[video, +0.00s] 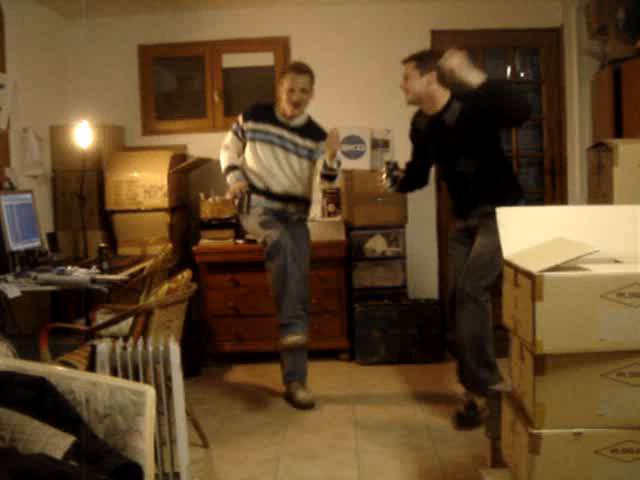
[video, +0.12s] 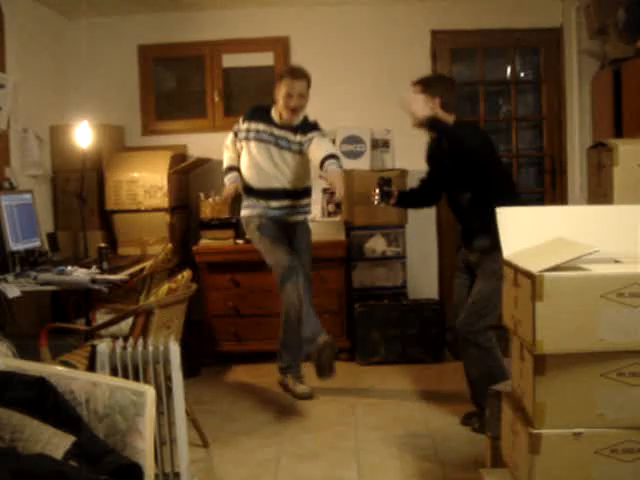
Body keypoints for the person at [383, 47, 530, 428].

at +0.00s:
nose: (403, 87)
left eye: (408, 79)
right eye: (403, 80)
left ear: (431, 78)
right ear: (422, 81)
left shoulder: (473, 105)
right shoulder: (423, 124)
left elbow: (523, 108)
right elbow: (419, 174)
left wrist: (478, 80)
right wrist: (396, 181)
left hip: (498, 215)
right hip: (463, 220)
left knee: (472, 290)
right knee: (461, 298)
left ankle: (486, 388)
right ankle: (474, 390)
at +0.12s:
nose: (409, 106)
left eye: (415, 98)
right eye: (411, 98)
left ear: (435, 101)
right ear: (432, 101)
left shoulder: (468, 135)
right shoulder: (440, 143)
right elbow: (431, 192)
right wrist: (396, 198)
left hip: (500, 244)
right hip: (472, 244)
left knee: (475, 325)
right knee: (465, 326)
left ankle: (500, 406)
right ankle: (485, 407)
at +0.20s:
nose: (413, 113)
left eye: (418, 105)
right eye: (413, 106)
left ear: (439, 107)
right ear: (439, 108)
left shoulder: (468, 139)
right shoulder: (446, 146)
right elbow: (432, 197)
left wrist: (414, 123)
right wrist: (395, 200)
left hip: (499, 250)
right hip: (473, 250)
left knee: (468, 325)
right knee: (459, 327)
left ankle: (503, 396)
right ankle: (484, 406)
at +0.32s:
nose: (409, 102)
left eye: (413, 95)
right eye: (410, 95)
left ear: (434, 96)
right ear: (436, 98)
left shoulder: (459, 124)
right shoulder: (453, 131)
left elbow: (422, 143)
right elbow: (449, 190)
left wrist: (377, 138)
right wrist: (404, 197)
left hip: (510, 226)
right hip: (499, 227)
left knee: (449, 285)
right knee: (484, 308)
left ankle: (475, 382)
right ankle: (492, 389)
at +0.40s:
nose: (405, 100)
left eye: (409, 93)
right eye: (406, 93)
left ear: (429, 91)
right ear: (431, 93)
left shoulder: (448, 118)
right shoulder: (457, 122)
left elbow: (429, 167)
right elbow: (459, 186)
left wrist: (376, 158)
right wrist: (413, 196)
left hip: (511, 211)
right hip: (520, 209)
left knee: (447, 273)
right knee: (485, 301)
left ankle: (455, 370)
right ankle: (495, 396)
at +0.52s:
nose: (413, 113)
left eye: (418, 106)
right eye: (415, 105)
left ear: (437, 109)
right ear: (440, 109)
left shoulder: (447, 148)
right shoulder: (471, 136)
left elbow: (440, 214)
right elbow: (451, 205)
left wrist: (396, 204)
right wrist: (410, 198)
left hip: (500, 232)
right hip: (524, 226)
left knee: (462, 314)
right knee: (496, 323)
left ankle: (456, 415)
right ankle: (501, 416)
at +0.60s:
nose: (417, 124)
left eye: (422, 117)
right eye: (419, 117)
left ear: (440, 120)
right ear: (445, 120)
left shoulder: (447, 160)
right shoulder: (480, 145)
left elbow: (434, 232)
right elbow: (475, 201)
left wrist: (389, 238)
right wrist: (423, 206)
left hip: (501, 246)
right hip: (531, 237)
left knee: (469, 337)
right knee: (501, 338)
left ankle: (466, 440)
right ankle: (507, 431)